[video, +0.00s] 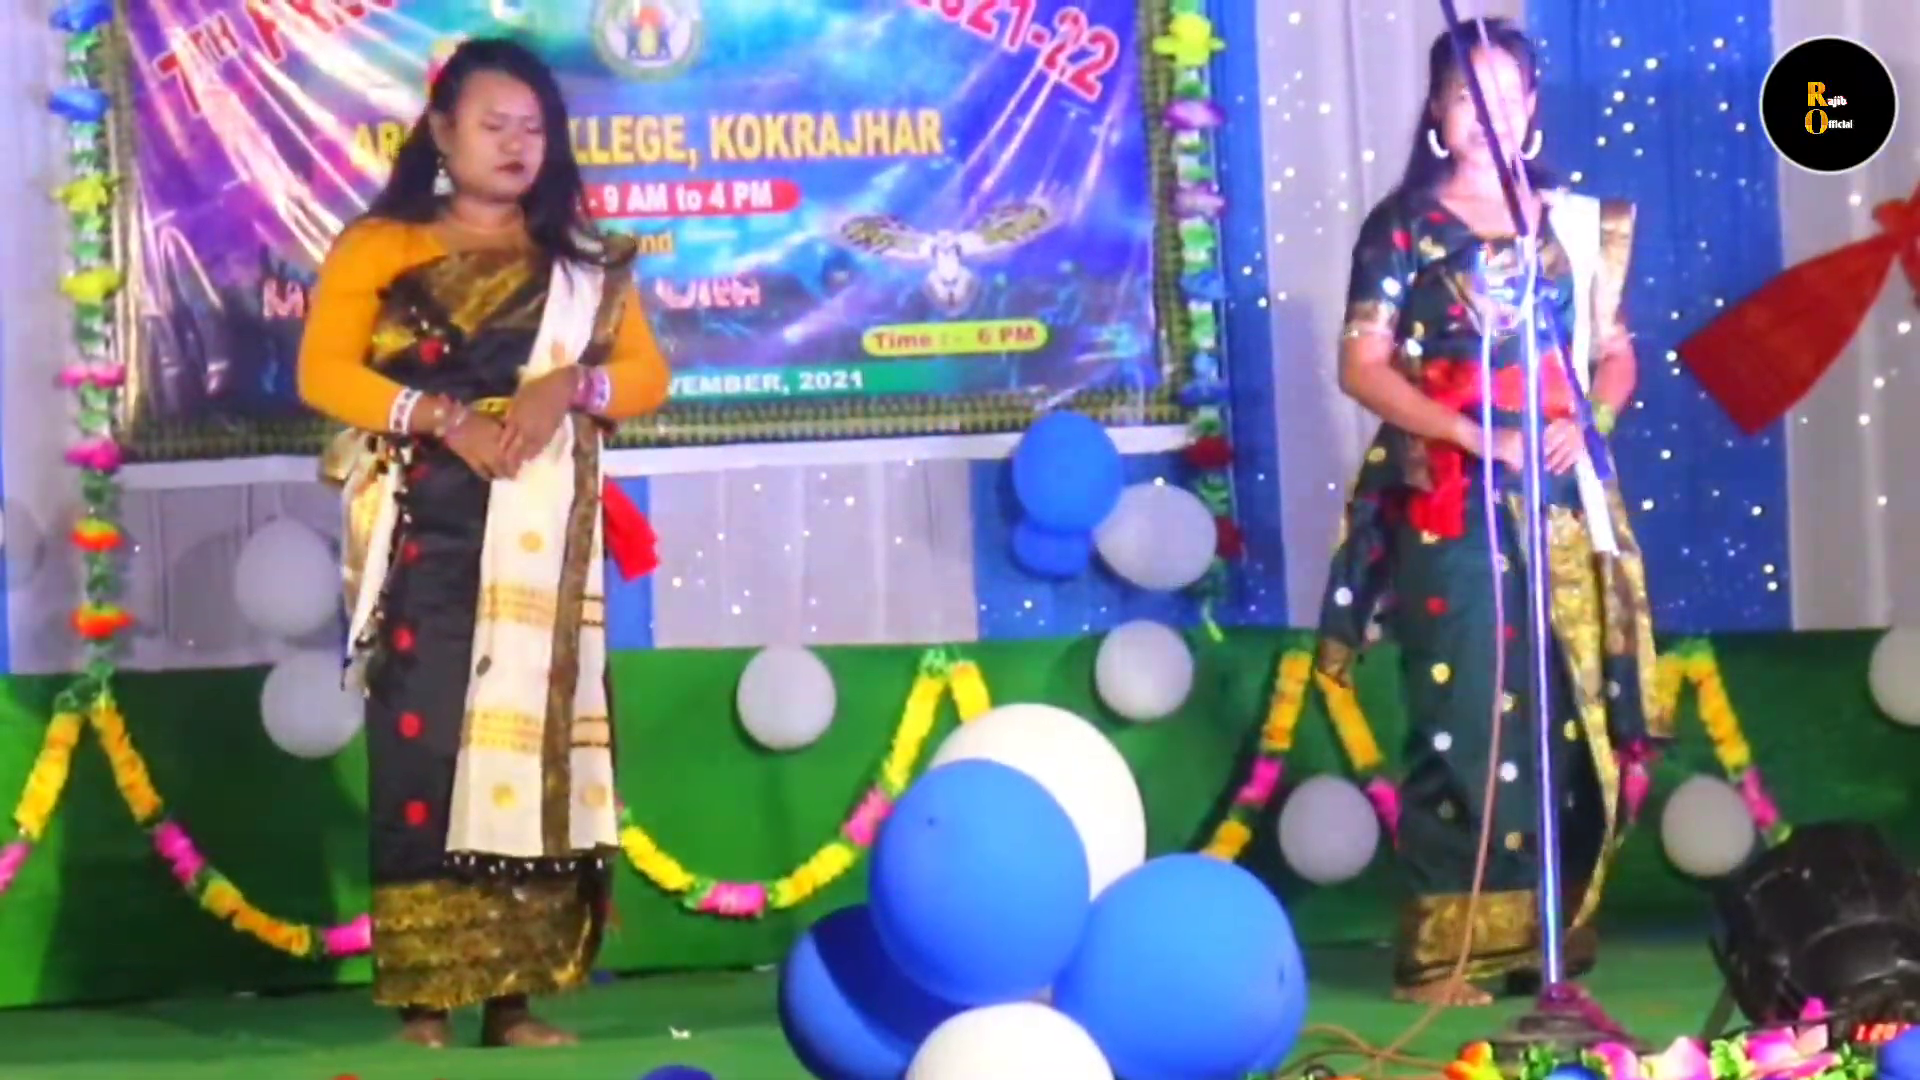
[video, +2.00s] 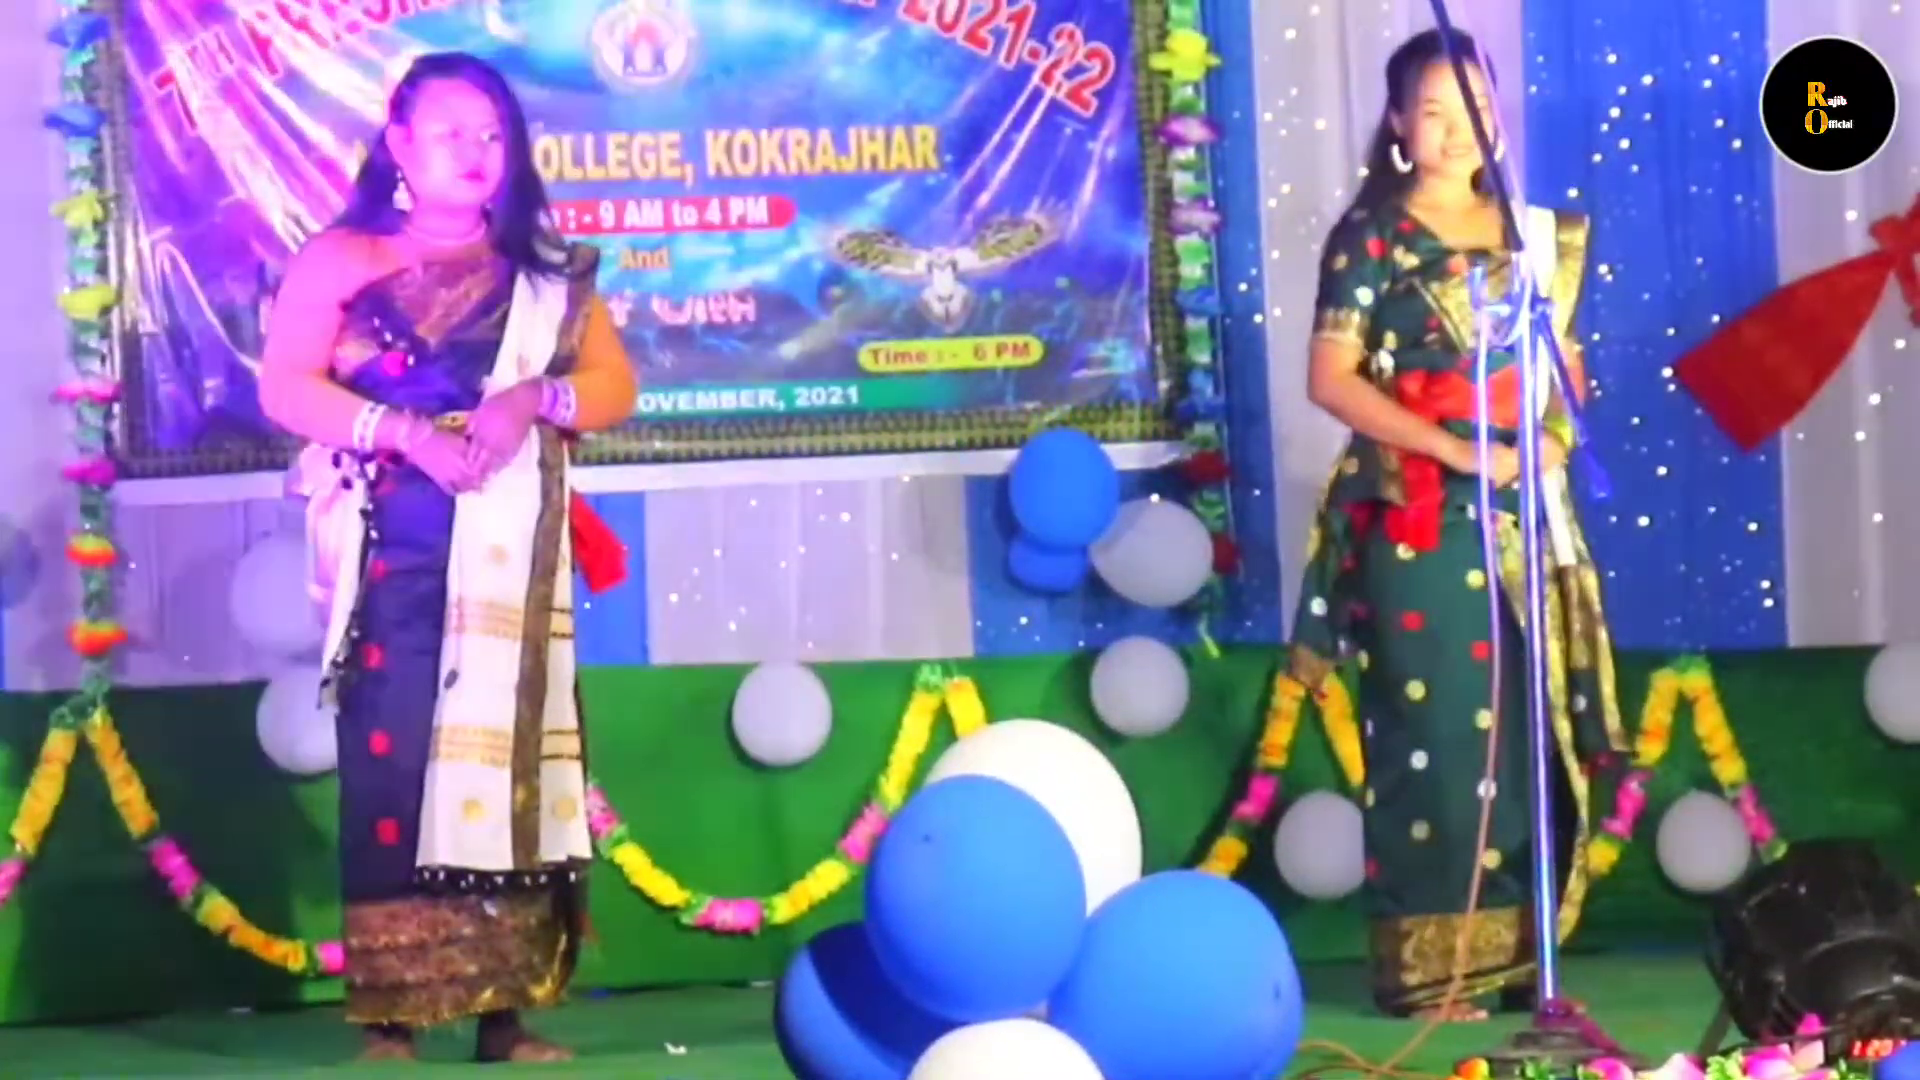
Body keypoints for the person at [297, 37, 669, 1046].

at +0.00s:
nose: (517, 144)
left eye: (533, 126)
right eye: (493, 124)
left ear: (551, 141)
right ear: (442, 133)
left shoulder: (581, 260)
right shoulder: (377, 248)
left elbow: (649, 377)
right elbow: (322, 371)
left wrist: (568, 385)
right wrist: (439, 413)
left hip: (541, 548)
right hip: (426, 543)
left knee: (532, 750)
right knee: (424, 754)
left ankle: (511, 999)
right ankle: (424, 998)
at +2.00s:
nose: (471, 152)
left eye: (488, 135)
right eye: (447, 132)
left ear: (512, 152)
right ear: (398, 147)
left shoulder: (547, 271)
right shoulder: (341, 260)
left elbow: (616, 387)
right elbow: (283, 387)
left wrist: (534, 398)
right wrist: (403, 430)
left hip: (514, 562)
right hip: (396, 559)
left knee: (514, 765)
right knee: (393, 771)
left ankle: (506, 1013)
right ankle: (386, 1012)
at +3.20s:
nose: (513, 141)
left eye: (519, 125)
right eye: (488, 126)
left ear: (529, 137)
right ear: (428, 141)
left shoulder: (556, 260)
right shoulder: (374, 251)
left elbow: (631, 380)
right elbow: (327, 374)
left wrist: (574, 406)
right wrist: (448, 397)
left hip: (536, 547)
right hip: (422, 544)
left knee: (530, 752)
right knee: (408, 760)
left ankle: (513, 1010)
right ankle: (390, 1012)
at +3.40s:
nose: (533, 146)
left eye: (534, 127)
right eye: (505, 134)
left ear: (546, 149)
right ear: (451, 166)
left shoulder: (549, 271)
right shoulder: (453, 266)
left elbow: (664, 360)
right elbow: (548, 340)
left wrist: (673, 275)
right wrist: (626, 276)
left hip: (577, 556)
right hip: (501, 558)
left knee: (579, 776)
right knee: (520, 773)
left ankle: (510, 1010)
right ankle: (421, 979)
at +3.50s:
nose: (550, 125)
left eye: (547, 108)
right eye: (523, 115)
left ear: (547, 132)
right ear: (469, 148)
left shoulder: (528, 237)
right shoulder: (493, 236)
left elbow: (678, 318)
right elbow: (632, 280)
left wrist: (639, 213)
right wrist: (637, 202)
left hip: (550, 546)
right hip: (529, 549)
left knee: (563, 765)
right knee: (566, 766)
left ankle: (511, 1007)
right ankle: (497, 1013)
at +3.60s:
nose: (580, 114)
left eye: (570, 98)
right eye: (555, 102)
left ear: (489, 138)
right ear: (498, 131)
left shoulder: (460, 245)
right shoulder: (561, 230)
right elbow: (677, 326)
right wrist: (714, 280)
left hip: (502, 560)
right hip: (595, 549)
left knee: (543, 764)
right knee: (690, 708)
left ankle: (511, 1003)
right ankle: (635, 953)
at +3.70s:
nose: (596, 145)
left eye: (586, 127)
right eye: (569, 133)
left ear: (504, 169)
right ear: (515, 162)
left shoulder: (469, 282)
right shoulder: (589, 268)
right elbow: (687, 371)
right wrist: (783, 400)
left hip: (527, 588)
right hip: (634, 576)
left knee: (575, 792)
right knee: (723, 746)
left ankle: (524, 1018)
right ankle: (715, 986)